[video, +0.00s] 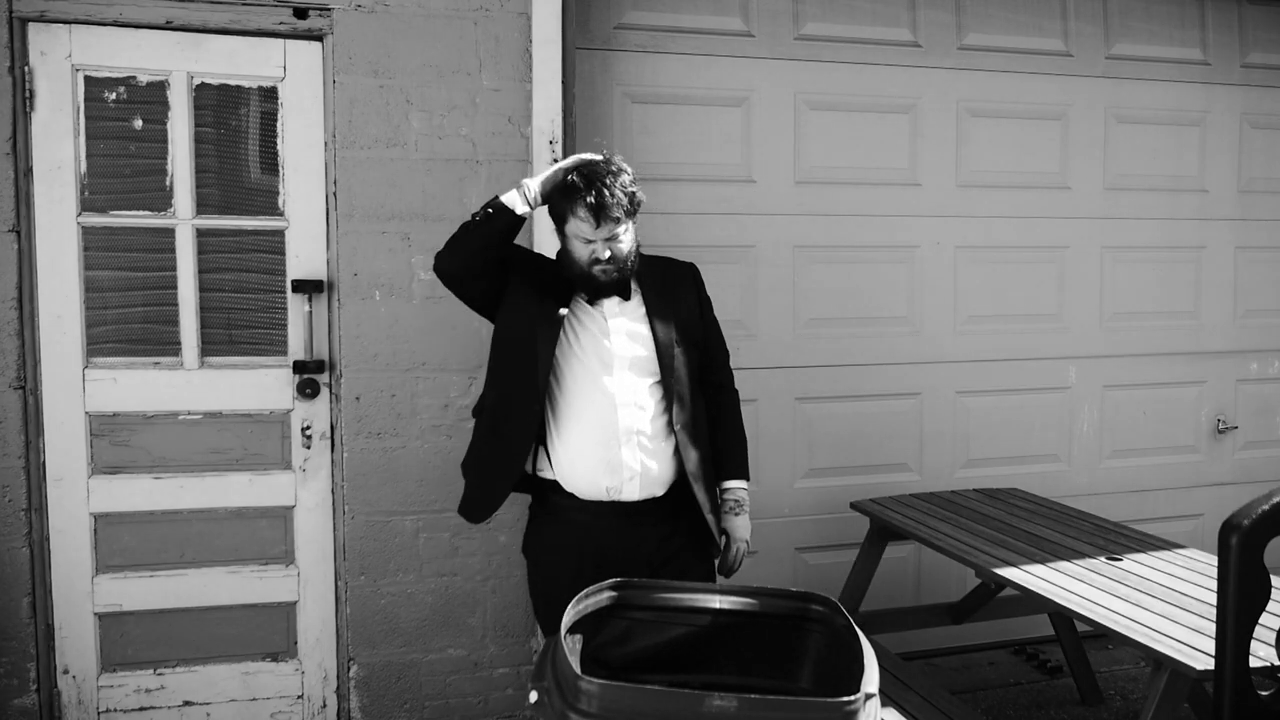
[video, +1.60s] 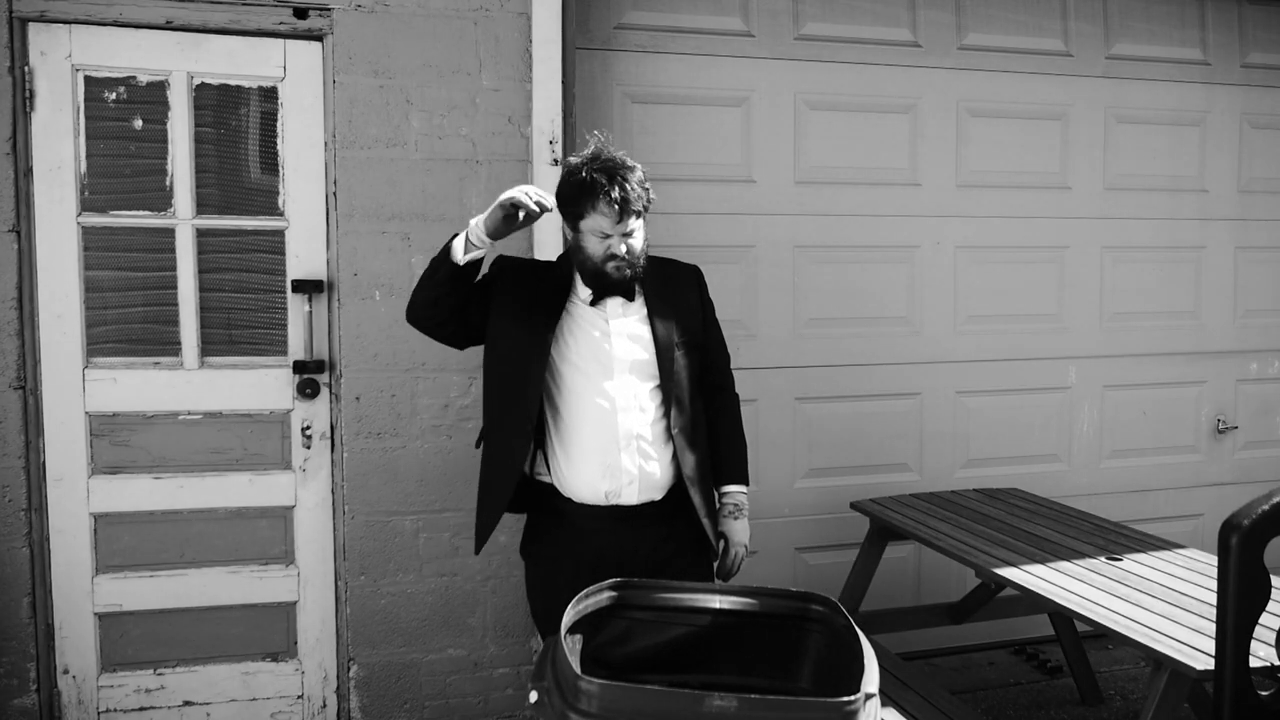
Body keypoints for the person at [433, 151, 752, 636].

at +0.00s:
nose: (602, 252)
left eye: (615, 236)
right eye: (585, 239)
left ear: (634, 224)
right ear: (558, 235)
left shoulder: (678, 285)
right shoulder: (530, 287)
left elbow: (718, 391)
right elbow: (455, 264)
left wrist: (735, 499)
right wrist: (533, 191)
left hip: (672, 523)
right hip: (568, 526)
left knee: (677, 688)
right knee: (578, 687)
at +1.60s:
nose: (621, 250)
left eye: (631, 232)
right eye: (603, 236)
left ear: (645, 224)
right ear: (570, 231)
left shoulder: (681, 287)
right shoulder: (521, 290)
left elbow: (719, 396)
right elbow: (428, 314)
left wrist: (733, 504)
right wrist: (481, 234)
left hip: (670, 528)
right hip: (566, 531)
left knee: (675, 695)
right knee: (577, 693)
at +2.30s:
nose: (658, 240)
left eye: (659, 225)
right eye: (645, 227)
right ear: (597, 227)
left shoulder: (672, 286)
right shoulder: (513, 304)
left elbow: (708, 389)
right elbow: (484, 419)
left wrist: (728, 493)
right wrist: (479, 532)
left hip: (674, 530)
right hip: (575, 538)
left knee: (683, 698)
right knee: (587, 707)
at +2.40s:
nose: (660, 240)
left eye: (660, 224)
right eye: (646, 225)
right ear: (597, 225)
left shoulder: (672, 286)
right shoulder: (515, 304)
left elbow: (707, 389)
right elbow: (485, 416)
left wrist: (729, 492)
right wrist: (477, 528)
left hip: (674, 531)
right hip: (575, 538)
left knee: (682, 699)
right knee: (586, 707)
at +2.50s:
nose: (659, 238)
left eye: (660, 223)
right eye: (646, 225)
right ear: (598, 225)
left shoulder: (672, 285)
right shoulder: (515, 303)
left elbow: (707, 387)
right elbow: (486, 414)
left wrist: (729, 491)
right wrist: (488, 522)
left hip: (674, 530)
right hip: (577, 538)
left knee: (684, 699)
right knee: (588, 707)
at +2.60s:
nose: (653, 237)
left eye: (656, 222)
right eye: (637, 224)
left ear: (661, 215)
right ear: (590, 222)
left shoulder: (673, 285)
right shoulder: (516, 302)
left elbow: (708, 387)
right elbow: (490, 415)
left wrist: (730, 491)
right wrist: (505, 521)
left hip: (675, 529)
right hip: (580, 539)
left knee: (684, 698)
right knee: (590, 708)